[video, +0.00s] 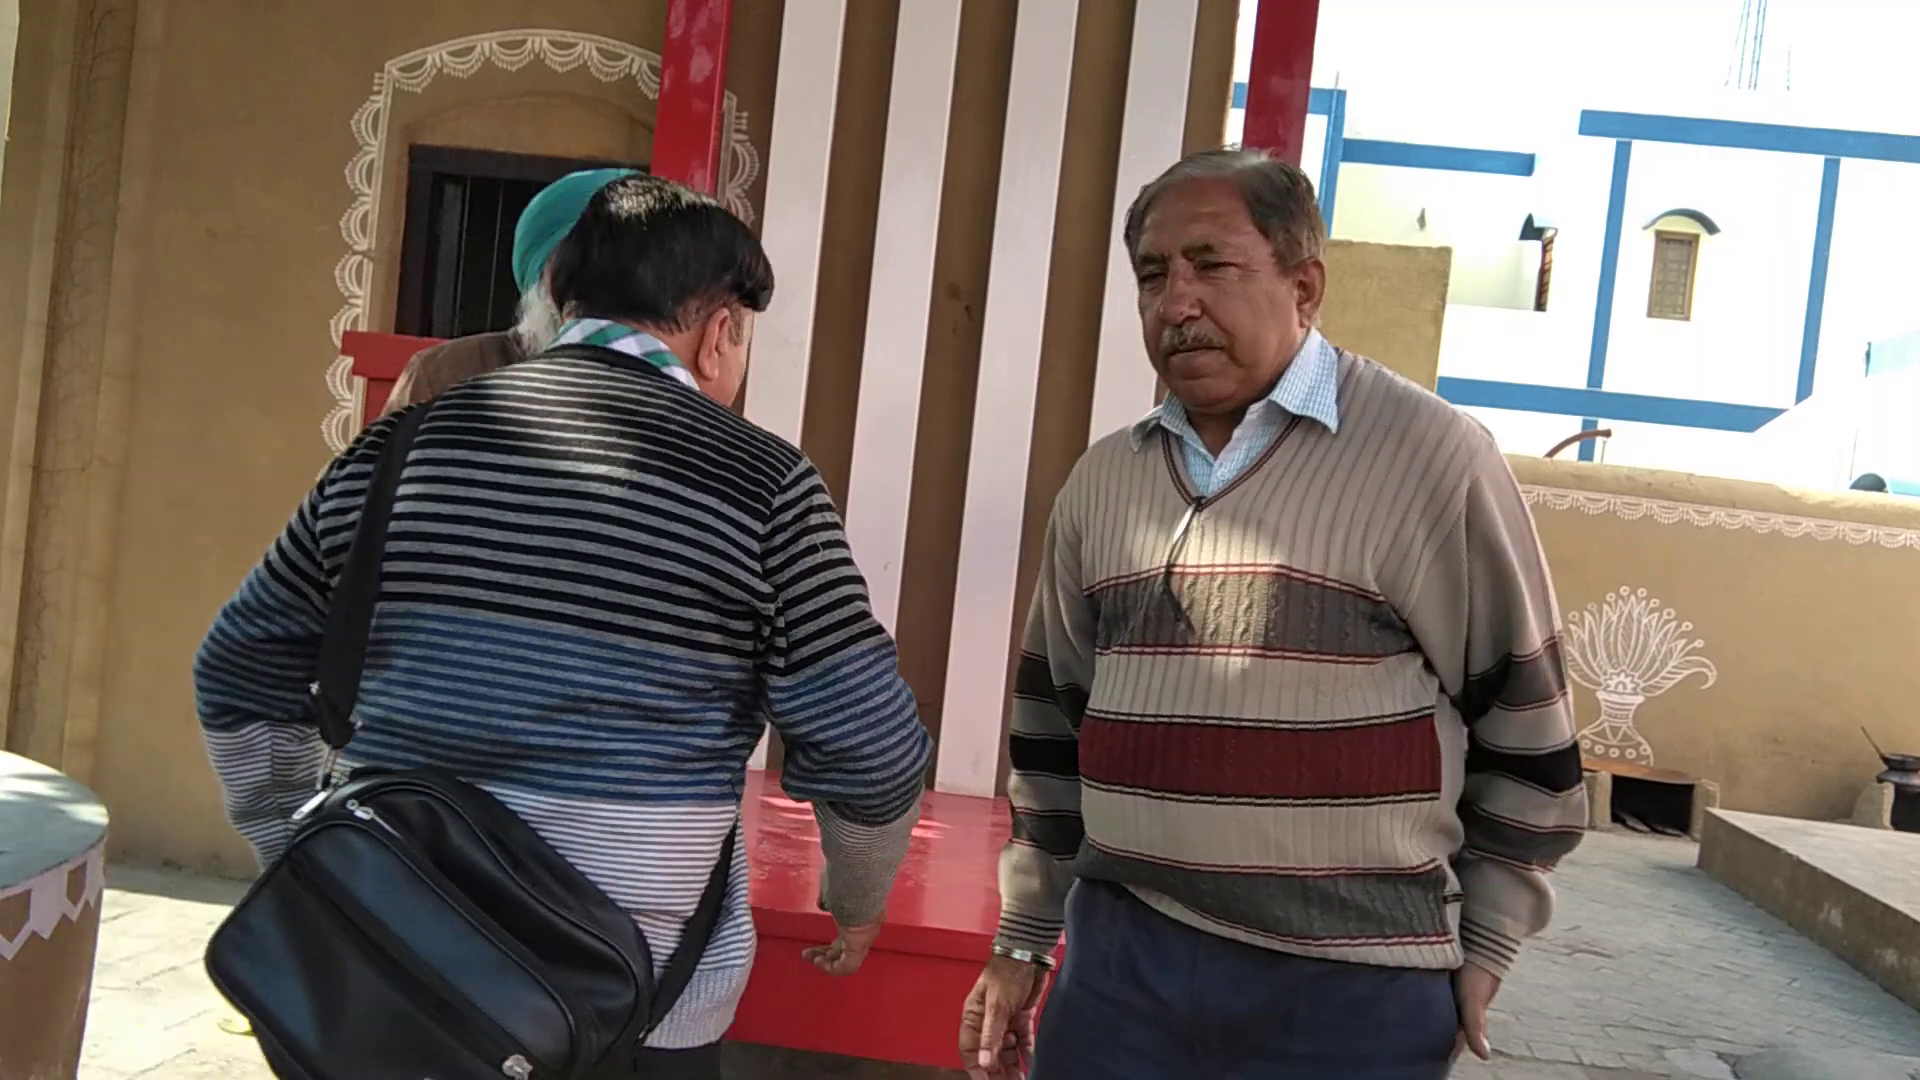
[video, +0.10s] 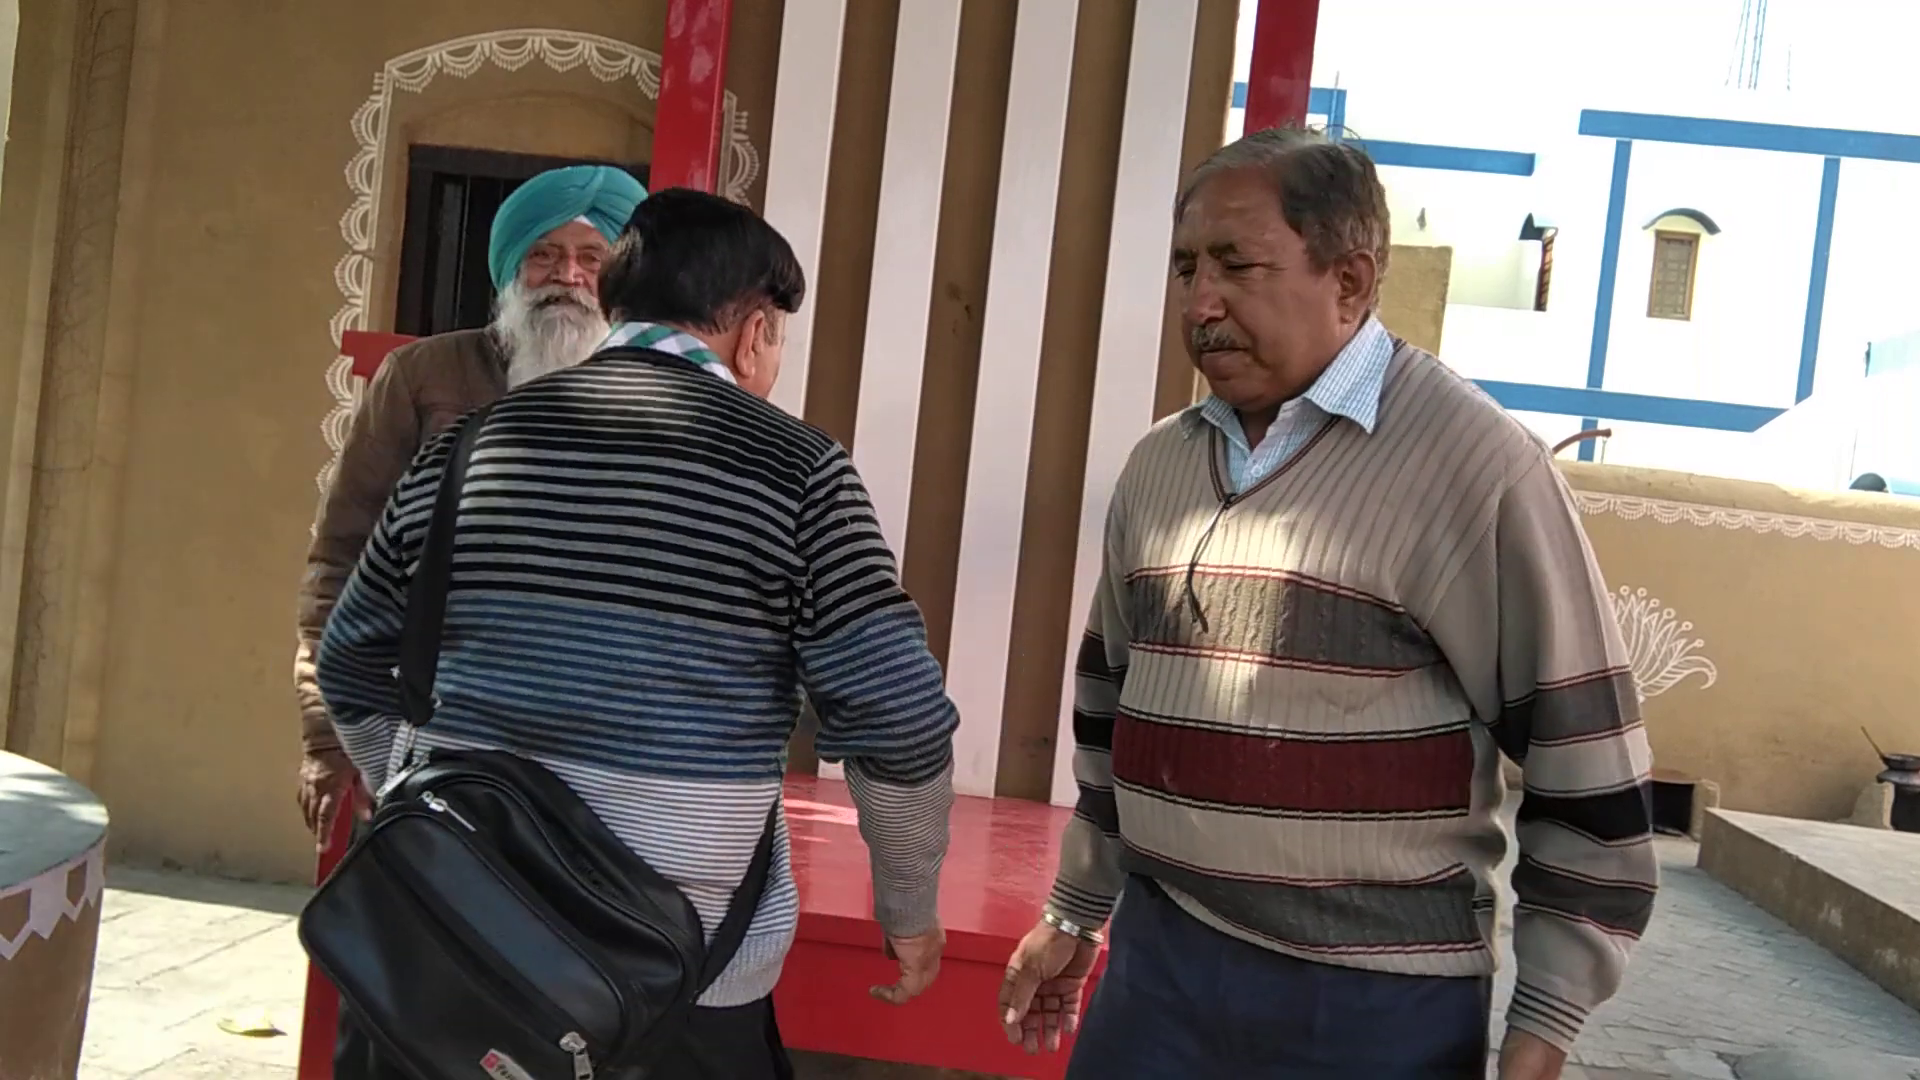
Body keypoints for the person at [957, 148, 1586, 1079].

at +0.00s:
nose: (1175, 300)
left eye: (1212, 264)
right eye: (1153, 274)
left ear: (1304, 285)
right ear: (1135, 300)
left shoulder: (1437, 463)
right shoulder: (1099, 484)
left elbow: (1529, 730)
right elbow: (1049, 726)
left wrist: (1481, 947)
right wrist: (1021, 939)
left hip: (1360, 989)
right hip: (1125, 960)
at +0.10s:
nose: (1198, 304)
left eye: (1238, 266)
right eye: (1187, 268)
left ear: (1351, 280)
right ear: (1176, 271)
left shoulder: (1480, 468)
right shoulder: (1160, 464)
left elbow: (1592, 772)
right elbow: (1110, 714)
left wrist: (1544, 1022)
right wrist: (1073, 912)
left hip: (1384, 1003)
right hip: (1163, 964)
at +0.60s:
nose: (1260, 323)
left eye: (1279, 289)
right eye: (1263, 289)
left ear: (1386, 296)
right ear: (1386, 302)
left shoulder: (1528, 471)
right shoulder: (1405, 425)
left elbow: (1510, 840)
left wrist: (1314, 1022)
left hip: (1465, 1009)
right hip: (1345, 952)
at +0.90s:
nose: (1298, 343)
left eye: (1306, 310)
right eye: (1297, 311)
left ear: (1375, 308)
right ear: (1383, 313)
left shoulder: (1510, 452)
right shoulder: (1435, 434)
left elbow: (1568, 795)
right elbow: (1403, 754)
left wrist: (1514, 1050)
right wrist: (1323, 970)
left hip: (1434, 992)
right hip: (1373, 971)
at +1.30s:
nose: (1341, 354)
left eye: (1355, 322)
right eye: (1345, 323)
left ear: (1427, 331)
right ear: (1433, 335)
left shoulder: (1550, 472)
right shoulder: (1483, 448)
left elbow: (1542, 789)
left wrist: (1393, 971)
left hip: (1497, 976)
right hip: (1433, 950)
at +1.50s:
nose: (1366, 362)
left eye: (1383, 332)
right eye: (1372, 334)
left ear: (1459, 338)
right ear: (1462, 342)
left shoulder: (1585, 479)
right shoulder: (1493, 457)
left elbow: (1582, 786)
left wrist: (1430, 961)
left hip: (1505, 975)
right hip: (1412, 937)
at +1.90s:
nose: (1380, 383)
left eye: (1392, 355)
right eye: (1383, 357)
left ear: (1456, 357)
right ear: (1458, 360)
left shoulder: (1569, 474)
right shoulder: (1482, 468)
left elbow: (1598, 753)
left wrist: (1528, 981)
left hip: (1454, 941)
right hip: (1391, 915)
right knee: (1339, 1062)